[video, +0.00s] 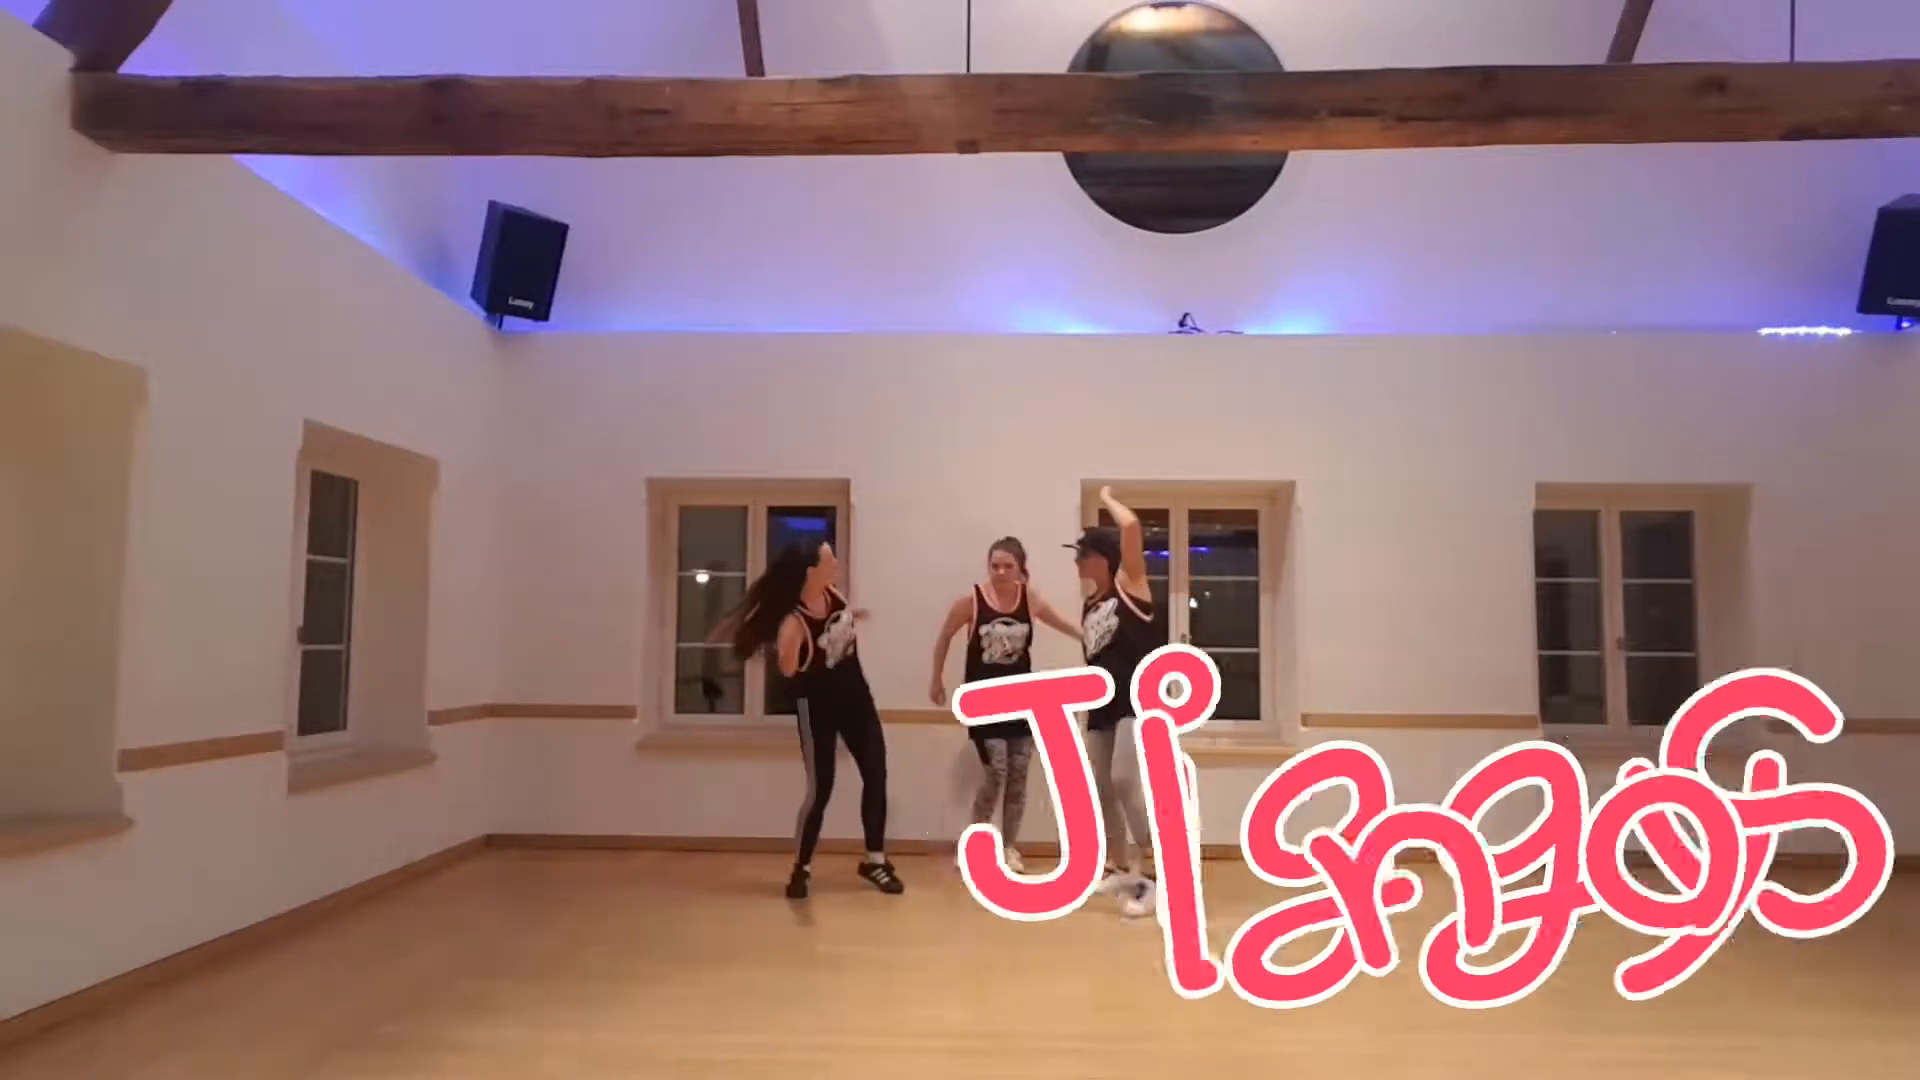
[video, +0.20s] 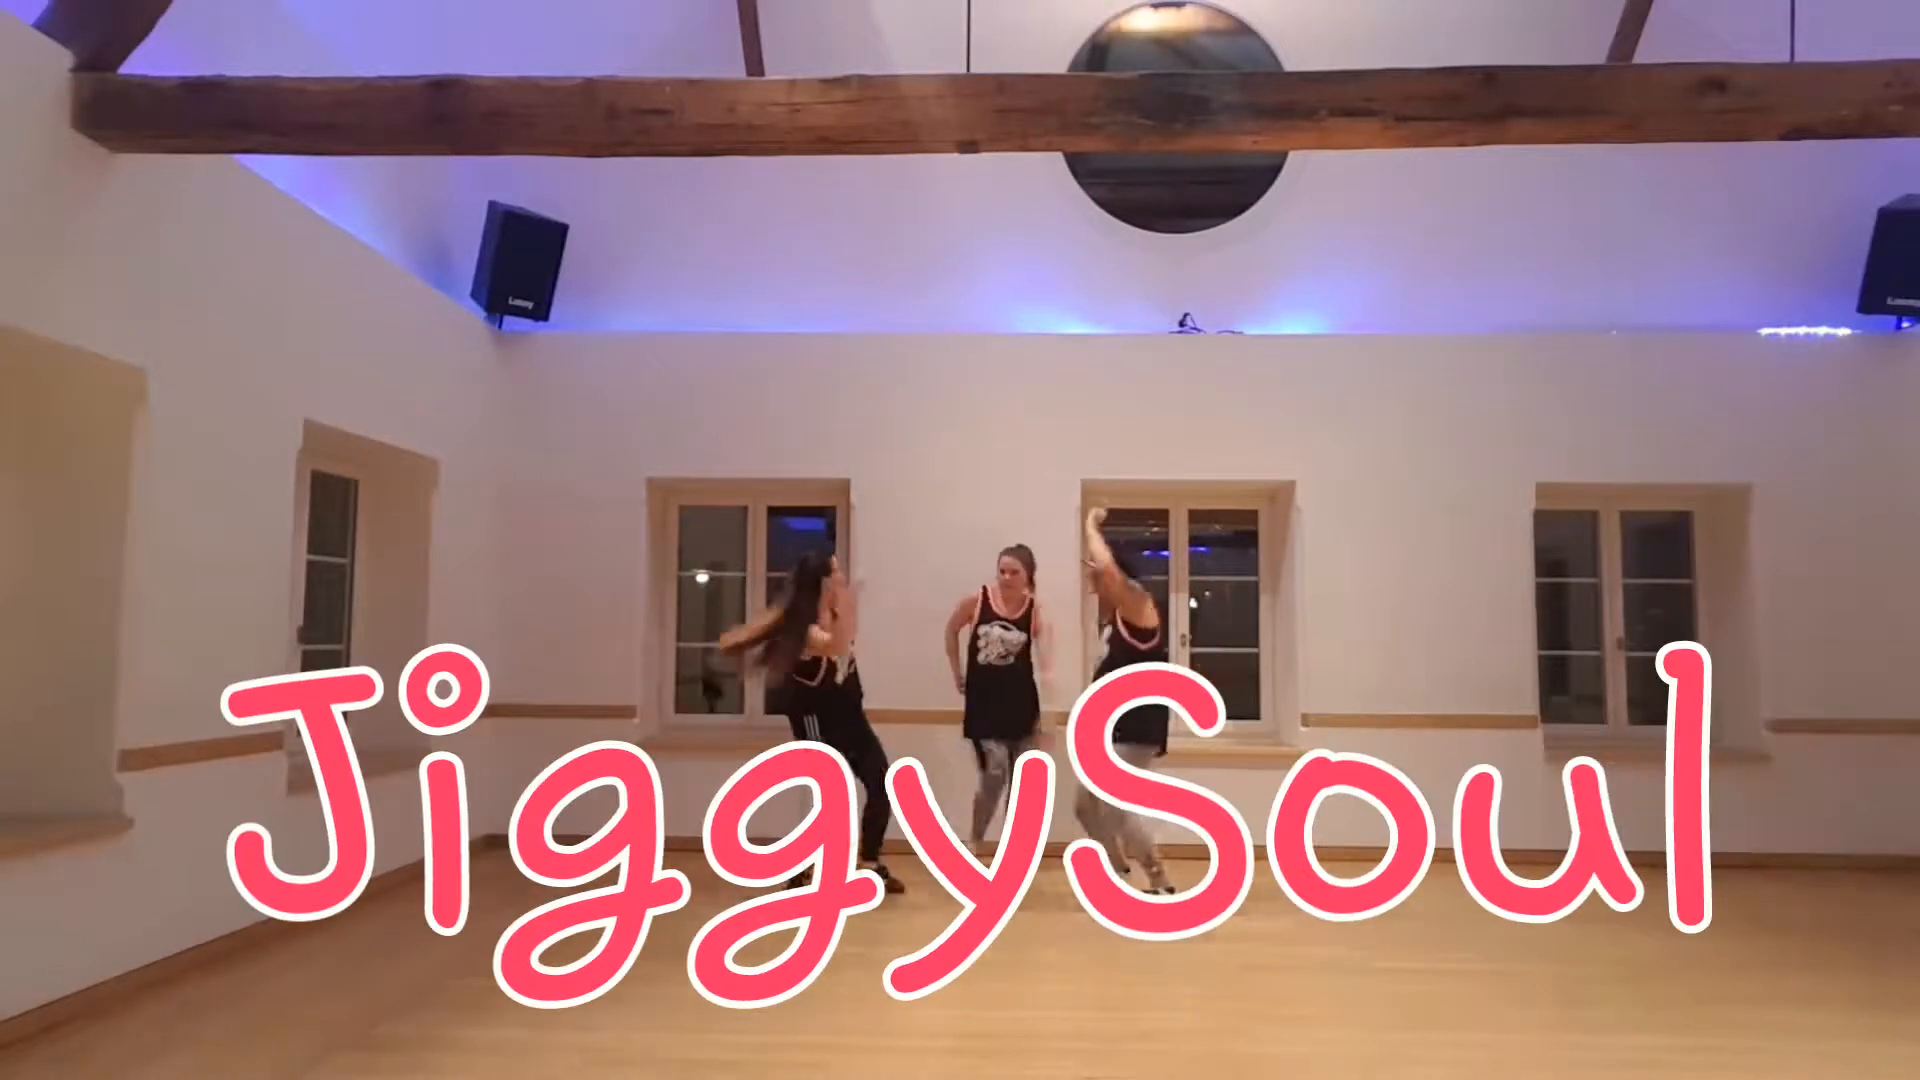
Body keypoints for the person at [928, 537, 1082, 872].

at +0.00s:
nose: (1000, 572)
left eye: (1007, 566)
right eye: (995, 566)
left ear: (1021, 568)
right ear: (988, 567)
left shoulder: (1029, 598)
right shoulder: (971, 601)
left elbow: (1055, 620)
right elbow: (944, 638)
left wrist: (1085, 636)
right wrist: (937, 680)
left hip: (1021, 693)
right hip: (983, 694)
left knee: (1019, 769)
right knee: (997, 768)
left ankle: (1010, 844)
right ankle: (978, 838)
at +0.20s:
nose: (1006, 578)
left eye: (1013, 572)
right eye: (1002, 571)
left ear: (1028, 575)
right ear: (995, 571)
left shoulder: (1036, 607)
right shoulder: (977, 601)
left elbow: (1044, 638)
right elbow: (952, 629)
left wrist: (1047, 670)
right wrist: (957, 674)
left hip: (1020, 691)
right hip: (984, 691)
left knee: (1023, 771)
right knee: (995, 770)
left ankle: (1018, 839)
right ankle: (976, 839)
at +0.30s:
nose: (1004, 575)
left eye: (1012, 570)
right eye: (1002, 568)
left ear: (1030, 574)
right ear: (998, 569)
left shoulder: (1038, 614)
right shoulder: (980, 600)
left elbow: (1025, 666)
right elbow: (963, 630)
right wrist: (971, 662)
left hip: (1017, 690)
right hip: (979, 688)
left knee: (1022, 774)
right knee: (979, 770)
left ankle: (1016, 840)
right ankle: (967, 835)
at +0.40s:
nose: (1003, 566)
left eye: (1011, 562)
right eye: (1002, 560)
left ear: (1031, 568)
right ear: (999, 560)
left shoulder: (1036, 608)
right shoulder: (987, 588)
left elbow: (1010, 655)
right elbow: (973, 635)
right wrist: (969, 673)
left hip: (1009, 690)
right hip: (971, 684)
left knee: (1013, 771)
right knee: (963, 763)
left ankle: (1014, 842)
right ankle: (955, 836)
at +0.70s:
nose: (990, 574)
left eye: (998, 570)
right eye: (991, 569)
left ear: (1017, 580)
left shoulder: (1021, 621)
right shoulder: (987, 602)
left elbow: (976, 651)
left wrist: (956, 618)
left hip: (992, 707)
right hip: (955, 699)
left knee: (1005, 781)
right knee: (941, 772)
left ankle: (1011, 847)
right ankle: (939, 843)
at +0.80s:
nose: (980, 572)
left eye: (989, 568)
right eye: (982, 566)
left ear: (1008, 577)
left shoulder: (1012, 616)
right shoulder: (982, 607)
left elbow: (968, 649)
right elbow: (968, 655)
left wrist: (957, 608)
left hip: (991, 705)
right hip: (957, 699)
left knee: (1005, 780)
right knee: (941, 772)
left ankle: (1012, 847)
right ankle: (938, 843)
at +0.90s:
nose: (970, 562)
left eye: (978, 558)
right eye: (971, 556)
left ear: (996, 567)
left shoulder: (1000, 599)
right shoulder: (976, 599)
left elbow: (968, 622)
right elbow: (961, 629)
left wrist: (954, 584)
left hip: (990, 696)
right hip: (957, 693)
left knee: (1002, 775)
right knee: (943, 767)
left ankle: (1014, 843)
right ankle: (939, 840)